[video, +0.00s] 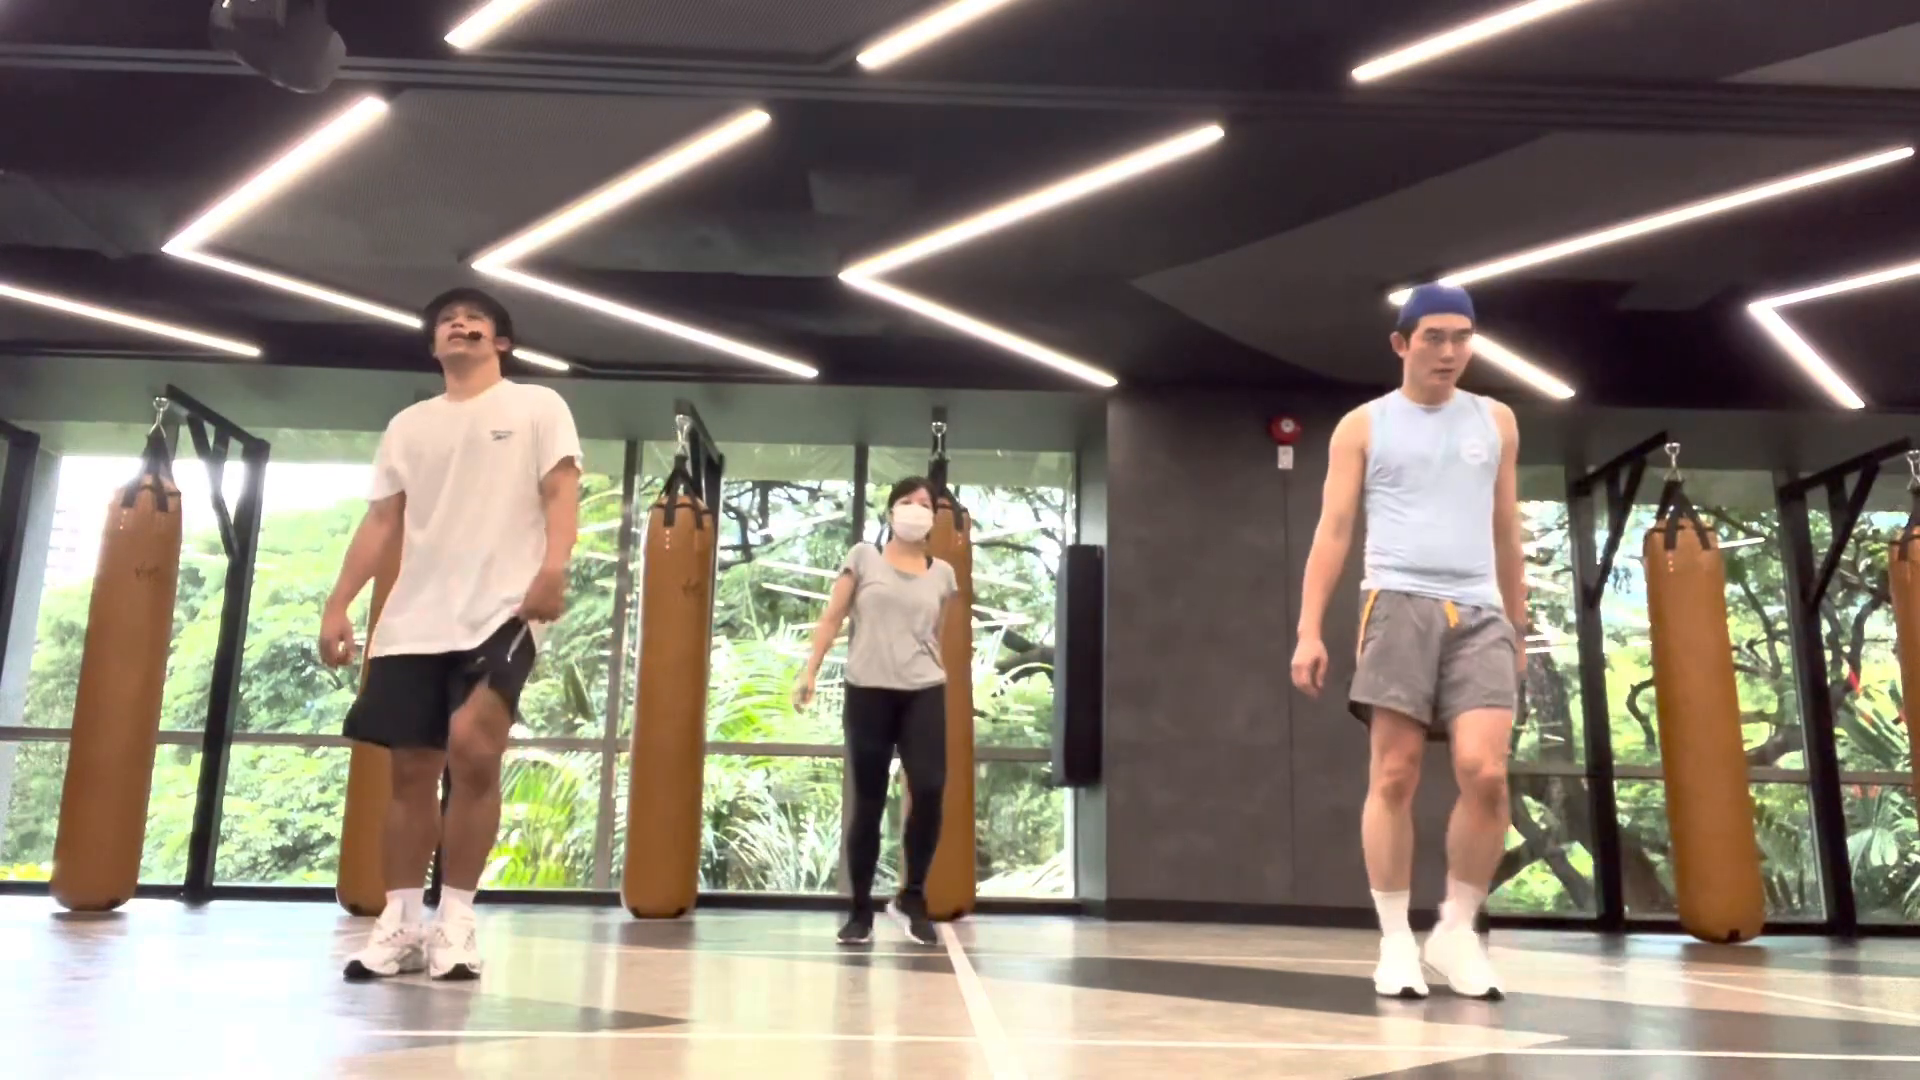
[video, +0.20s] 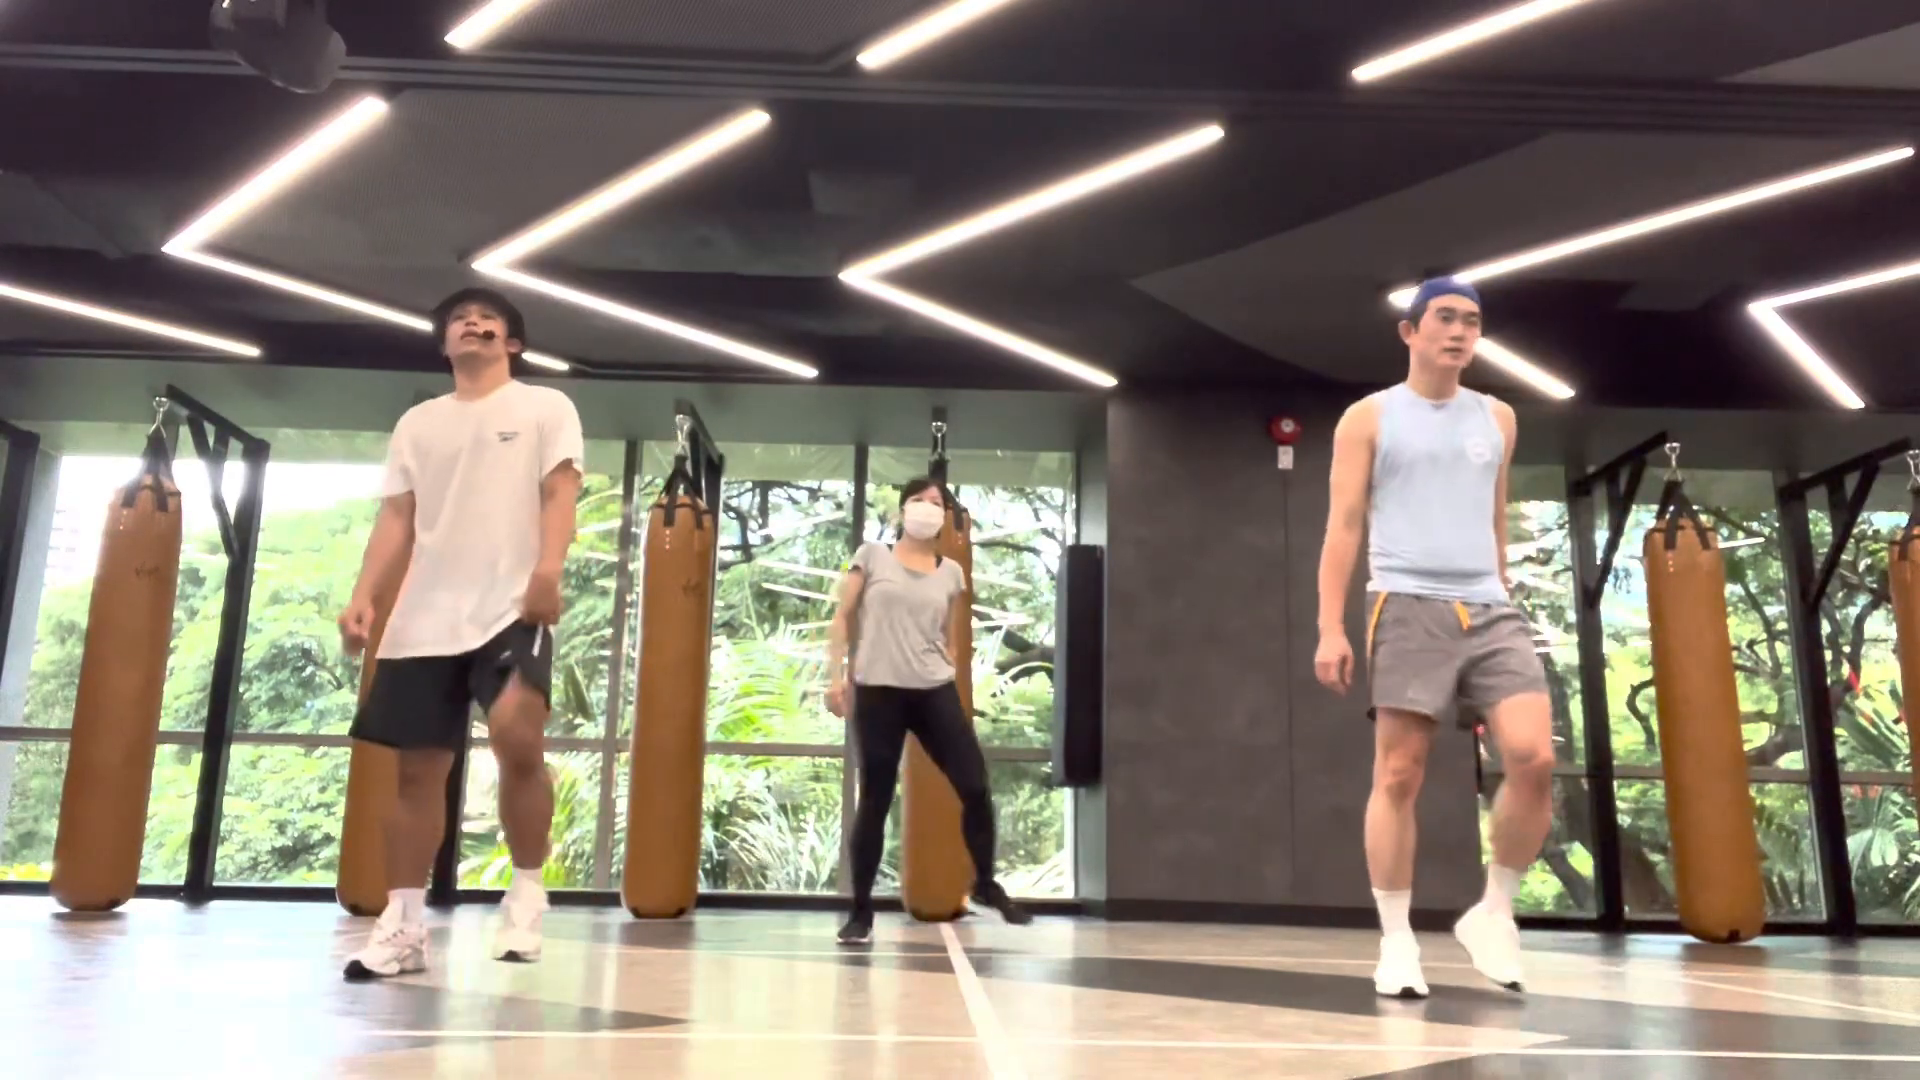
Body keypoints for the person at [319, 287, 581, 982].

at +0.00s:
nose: (460, 327)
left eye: (475, 320)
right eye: (447, 322)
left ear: (502, 341)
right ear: (432, 345)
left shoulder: (539, 405)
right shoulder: (407, 426)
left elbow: (562, 495)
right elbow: (379, 523)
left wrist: (554, 569)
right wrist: (338, 604)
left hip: (499, 616)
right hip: (412, 621)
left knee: (473, 746)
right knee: (410, 769)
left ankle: (455, 922)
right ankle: (400, 925)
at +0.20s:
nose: (475, 326)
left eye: (489, 319)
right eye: (461, 319)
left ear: (513, 344)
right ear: (443, 343)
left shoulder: (545, 406)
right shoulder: (416, 424)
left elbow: (560, 495)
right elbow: (395, 520)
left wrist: (548, 573)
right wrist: (364, 593)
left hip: (511, 612)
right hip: (424, 620)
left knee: (517, 738)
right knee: (417, 769)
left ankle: (526, 894)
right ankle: (403, 925)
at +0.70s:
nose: (580, 327)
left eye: (596, 324)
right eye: (568, 320)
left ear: (616, 352)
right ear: (547, 346)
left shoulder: (640, 413)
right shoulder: (518, 421)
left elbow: (662, 504)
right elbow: (500, 523)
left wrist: (657, 590)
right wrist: (470, 611)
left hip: (598, 617)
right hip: (513, 614)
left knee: (589, 763)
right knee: (453, 741)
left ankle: (600, 933)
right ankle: (462, 904)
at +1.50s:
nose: (489, 328)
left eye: (505, 323)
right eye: (477, 318)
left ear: (526, 349)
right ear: (455, 339)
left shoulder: (546, 416)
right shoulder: (419, 418)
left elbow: (560, 513)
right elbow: (398, 520)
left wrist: (563, 606)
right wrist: (364, 601)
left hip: (507, 631)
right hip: (413, 630)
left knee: (540, 772)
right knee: (379, 769)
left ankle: (592, 923)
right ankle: (364, 928)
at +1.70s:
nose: (450, 318)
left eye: (466, 312)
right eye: (438, 310)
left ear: (490, 338)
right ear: (418, 332)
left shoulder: (519, 407)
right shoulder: (384, 413)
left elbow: (531, 504)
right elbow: (359, 511)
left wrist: (507, 590)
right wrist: (312, 594)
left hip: (476, 621)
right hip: (393, 621)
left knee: (475, 753)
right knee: (376, 768)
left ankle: (504, 899)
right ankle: (362, 926)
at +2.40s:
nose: (542, 333)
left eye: (557, 323)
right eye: (529, 323)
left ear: (579, 344)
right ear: (510, 342)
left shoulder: (609, 417)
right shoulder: (477, 419)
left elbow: (621, 518)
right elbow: (453, 518)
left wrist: (611, 604)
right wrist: (397, 568)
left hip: (563, 626)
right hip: (470, 623)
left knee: (576, 770)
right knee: (412, 767)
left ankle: (600, 930)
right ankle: (370, 923)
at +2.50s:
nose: (561, 327)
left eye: (575, 318)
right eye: (548, 317)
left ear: (596, 341)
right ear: (528, 338)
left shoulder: (628, 414)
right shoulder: (498, 420)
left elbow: (653, 512)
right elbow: (488, 513)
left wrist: (645, 602)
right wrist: (430, 510)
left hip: (585, 620)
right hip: (495, 616)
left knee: (586, 769)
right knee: (428, 747)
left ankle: (601, 929)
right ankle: (403, 907)